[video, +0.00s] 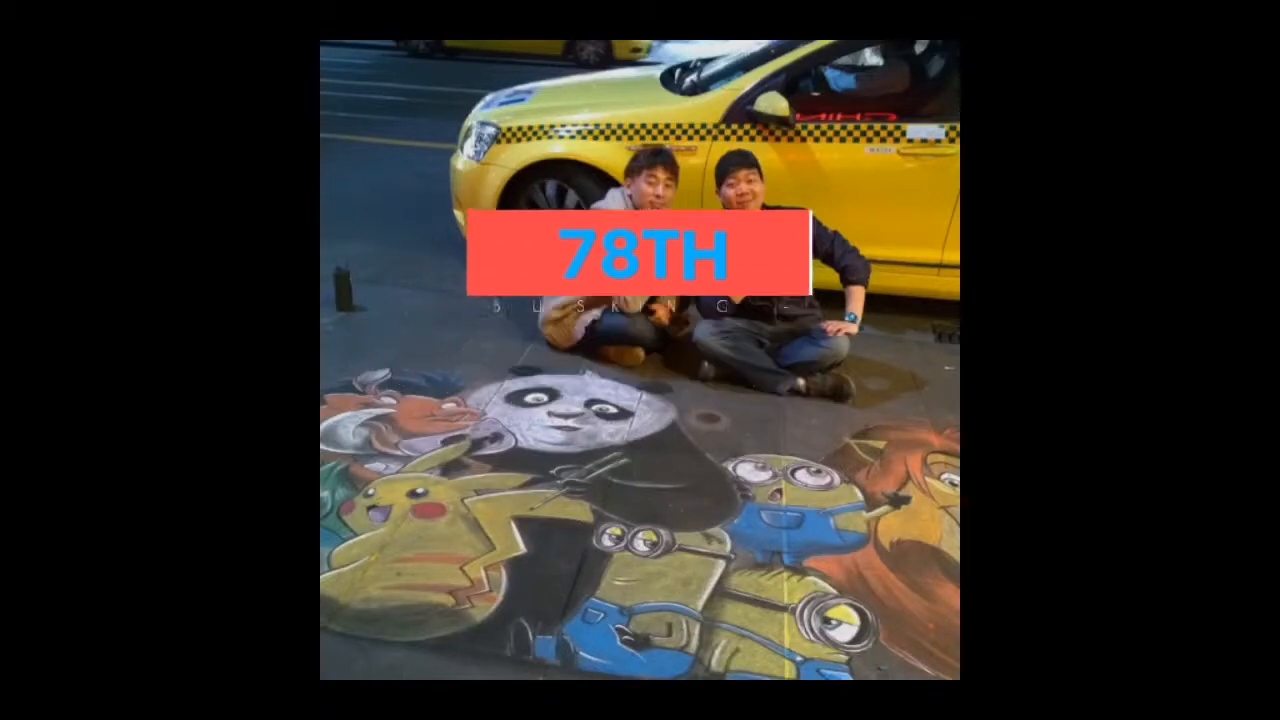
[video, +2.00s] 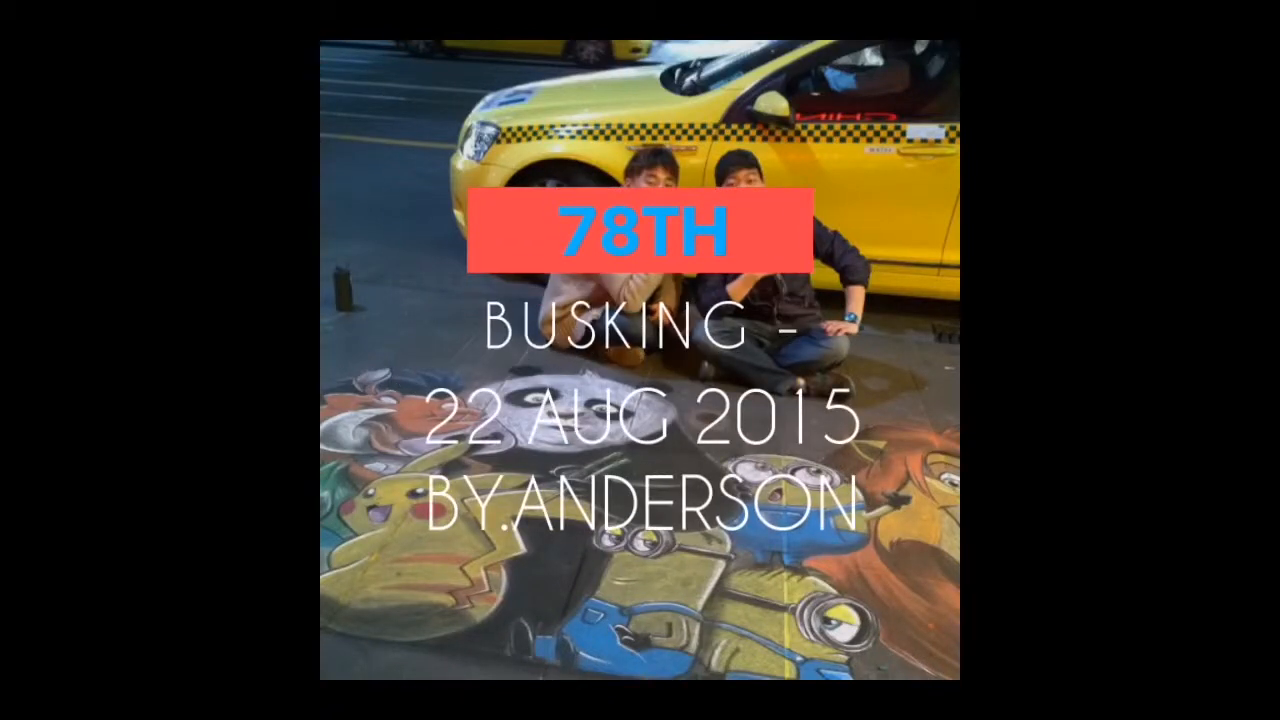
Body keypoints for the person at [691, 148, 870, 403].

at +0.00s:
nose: (743, 190)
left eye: (750, 181)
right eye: (732, 185)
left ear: (763, 186)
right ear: (720, 194)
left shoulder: (793, 221)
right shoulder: (713, 230)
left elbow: (853, 261)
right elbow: (708, 306)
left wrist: (852, 319)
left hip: (798, 324)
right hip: (744, 324)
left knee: (836, 344)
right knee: (705, 334)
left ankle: (734, 373)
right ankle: (799, 386)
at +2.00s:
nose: (743, 190)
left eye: (750, 181)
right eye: (732, 184)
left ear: (763, 184)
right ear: (721, 191)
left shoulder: (791, 220)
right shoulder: (716, 230)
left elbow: (853, 261)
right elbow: (707, 304)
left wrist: (851, 319)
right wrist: (752, 275)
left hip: (801, 328)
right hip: (746, 326)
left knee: (837, 345)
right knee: (705, 334)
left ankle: (734, 372)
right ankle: (799, 386)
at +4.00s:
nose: (742, 190)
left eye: (750, 181)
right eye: (732, 184)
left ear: (763, 187)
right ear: (720, 195)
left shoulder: (795, 222)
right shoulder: (713, 245)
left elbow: (853, 262)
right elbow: (709, 301)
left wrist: (852, 320)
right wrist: (753, 273)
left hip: (799, 329)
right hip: (744, 333)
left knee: (837, 346)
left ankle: (749, 370)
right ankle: (799, 386)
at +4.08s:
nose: (743, 190)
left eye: (750, 181)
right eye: (733, 184)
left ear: (763, 186)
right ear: (720, 191)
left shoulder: (792, 221)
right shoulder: (713, 231)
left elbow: (853, 262)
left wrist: (851, 320)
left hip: (792, 326)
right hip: (735, 331)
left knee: (839, 344)